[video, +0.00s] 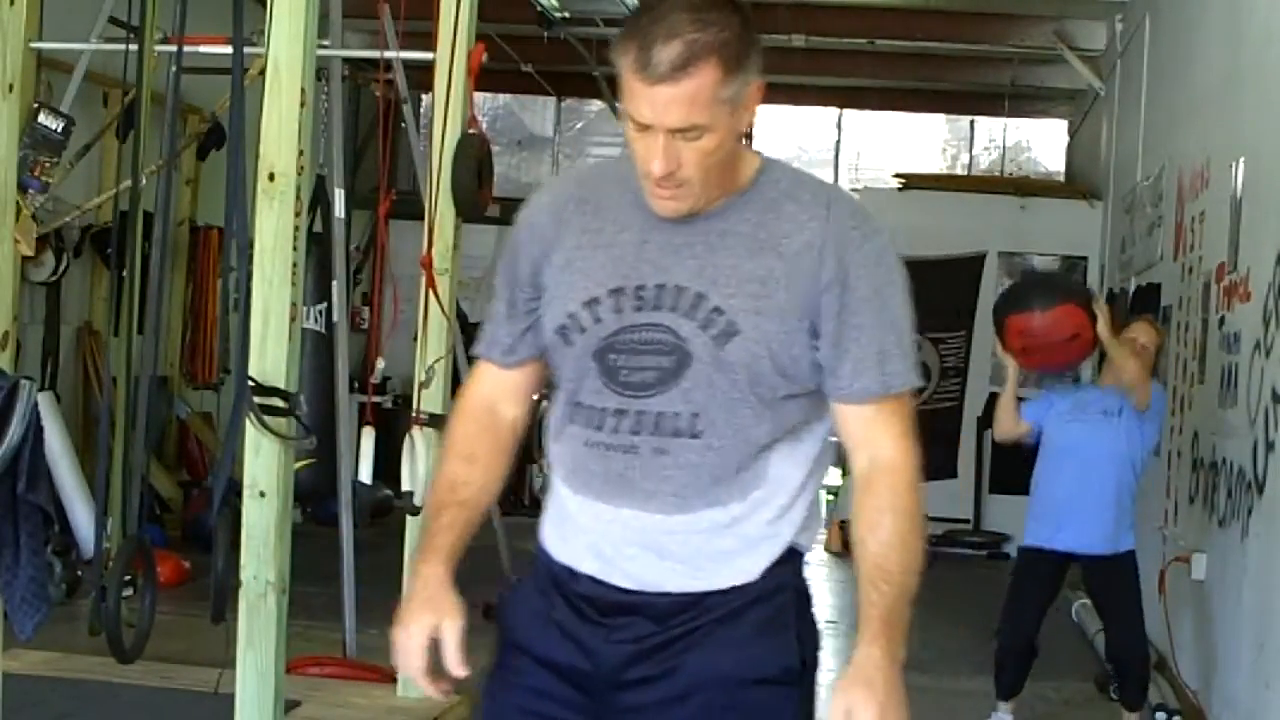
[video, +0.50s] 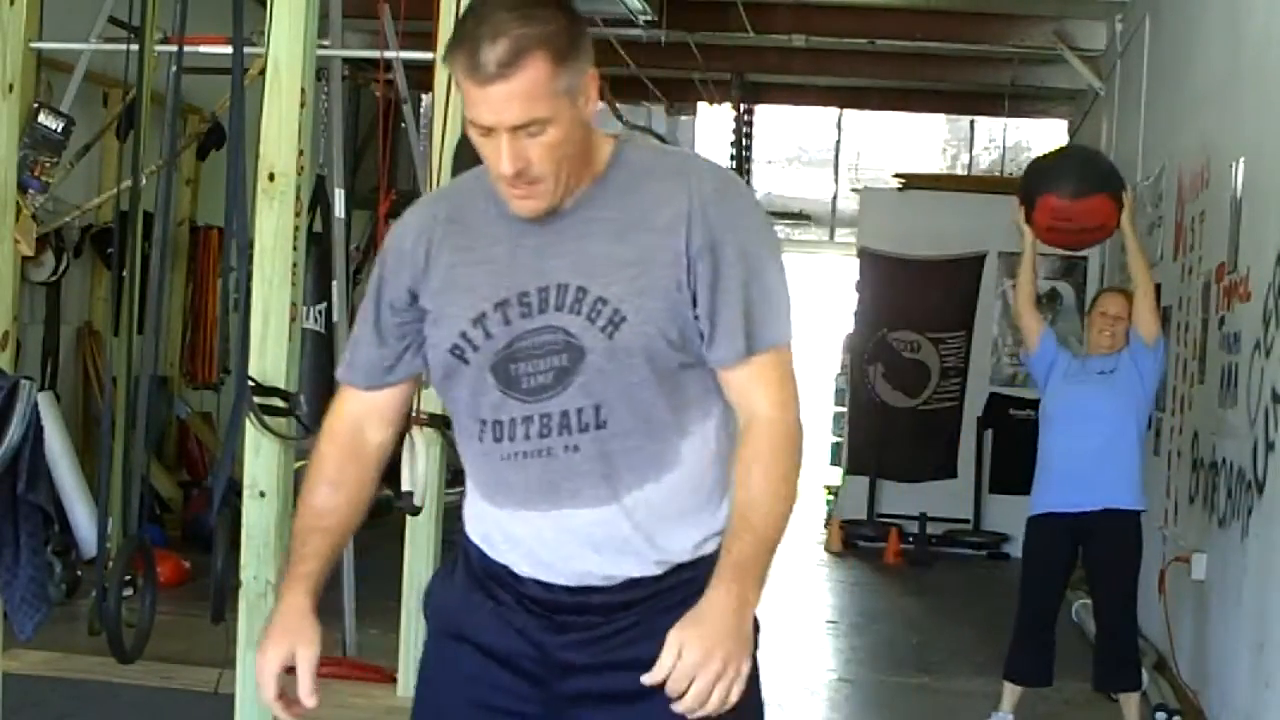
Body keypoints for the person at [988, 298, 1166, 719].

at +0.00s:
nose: (1138, 350)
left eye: (1147, 346)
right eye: (1132, 341)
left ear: (1155, 363)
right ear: (1110, 347)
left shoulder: (1149, 405)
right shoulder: (1059, 398)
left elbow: (1131, 376)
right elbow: (1005, 429)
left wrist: (1106, 338)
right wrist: (1011, 373)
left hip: (1110, 546)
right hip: (1045, 540)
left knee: (1132, 646)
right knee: (1014, 636)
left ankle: (1132, 712)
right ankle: (1004, 708)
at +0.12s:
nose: (1128, 334)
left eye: (1135, 329)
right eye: (1123, 325)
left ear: (1141, 339)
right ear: (1105, 329)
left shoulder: (1144, 386)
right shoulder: (1058, 374)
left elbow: (1149, 333)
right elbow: (1002, 381)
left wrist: (1115, 293)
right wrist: (1017, 322)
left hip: (1107, 524)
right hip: (1045, 518)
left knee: (1119, 627)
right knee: (1024, 616)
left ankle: (1133, 712)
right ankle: (1004, 710)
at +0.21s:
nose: (1127, 327)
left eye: (1133, 322)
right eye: (1120, 319)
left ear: (1139, 331)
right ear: (1102, 325)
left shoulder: (1144, 376)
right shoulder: (1059, 367)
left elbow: (1152, 314)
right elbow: (1004, 355)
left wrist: (1117, 269)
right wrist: (1019, 296)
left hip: (1108, 520)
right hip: (1046, 514)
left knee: (1117, 623)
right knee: (1027, 613)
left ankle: (1132, 714)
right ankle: (1004, 711)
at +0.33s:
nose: (1118, 321)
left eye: (1128, 317)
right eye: (1111, 313)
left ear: (1137, 328)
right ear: (1093, 319)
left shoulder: (1141, 371)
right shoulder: (1058, 365)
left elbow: (1151, 301)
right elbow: (1012, 321)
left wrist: (1125, 239)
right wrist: (1025, 259)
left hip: (1112, 515)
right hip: (1048, 512)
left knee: (1117, 620)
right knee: (1031, 612)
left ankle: (1132, 716)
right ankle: (1004, 712)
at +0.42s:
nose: (1112, 322)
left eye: (1123, 318)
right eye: (1106, 313)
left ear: (1134, 327)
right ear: (1090, 318)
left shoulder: (1140, 369)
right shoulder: (1057, 364)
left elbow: (1149, 298)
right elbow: (1018, 311)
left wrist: (1126, 230)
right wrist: (1026, 247)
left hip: (1114, 514)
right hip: (1050, 511)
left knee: (1117, 620)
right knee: (1033, 613)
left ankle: (1132, 716)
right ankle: (1005, 712)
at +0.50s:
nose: (1109, 322)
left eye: (1119, 317)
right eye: (1102, 314)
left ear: (1131, 328)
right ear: (1086, 321)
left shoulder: (1139, 369)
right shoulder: (1056, 366)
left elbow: (1146, 298)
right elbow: (1025, 308)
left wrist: (1127, 227)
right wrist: (1029, 243)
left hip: (1116, 515)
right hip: (1051, 512)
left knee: (1118, 622)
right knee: (1033, 614)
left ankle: (1132, 716)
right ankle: (1005, 712)